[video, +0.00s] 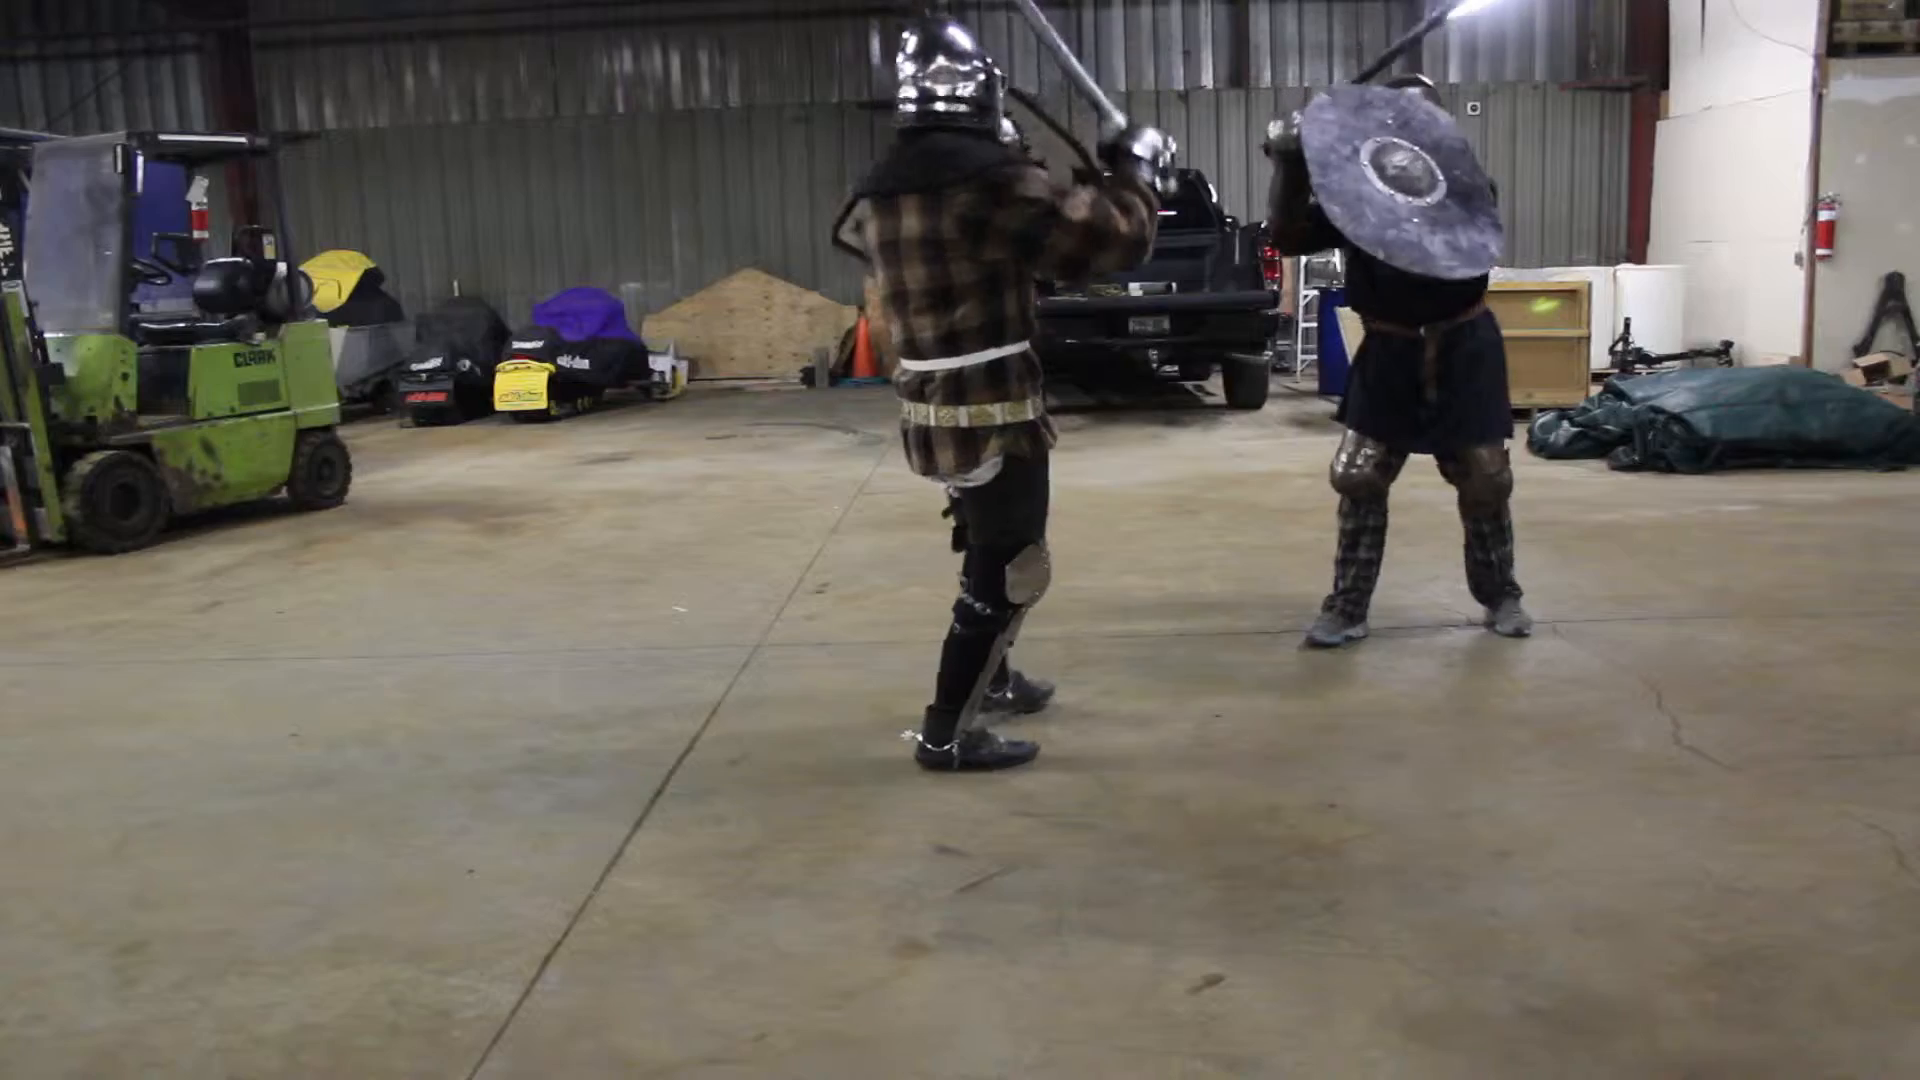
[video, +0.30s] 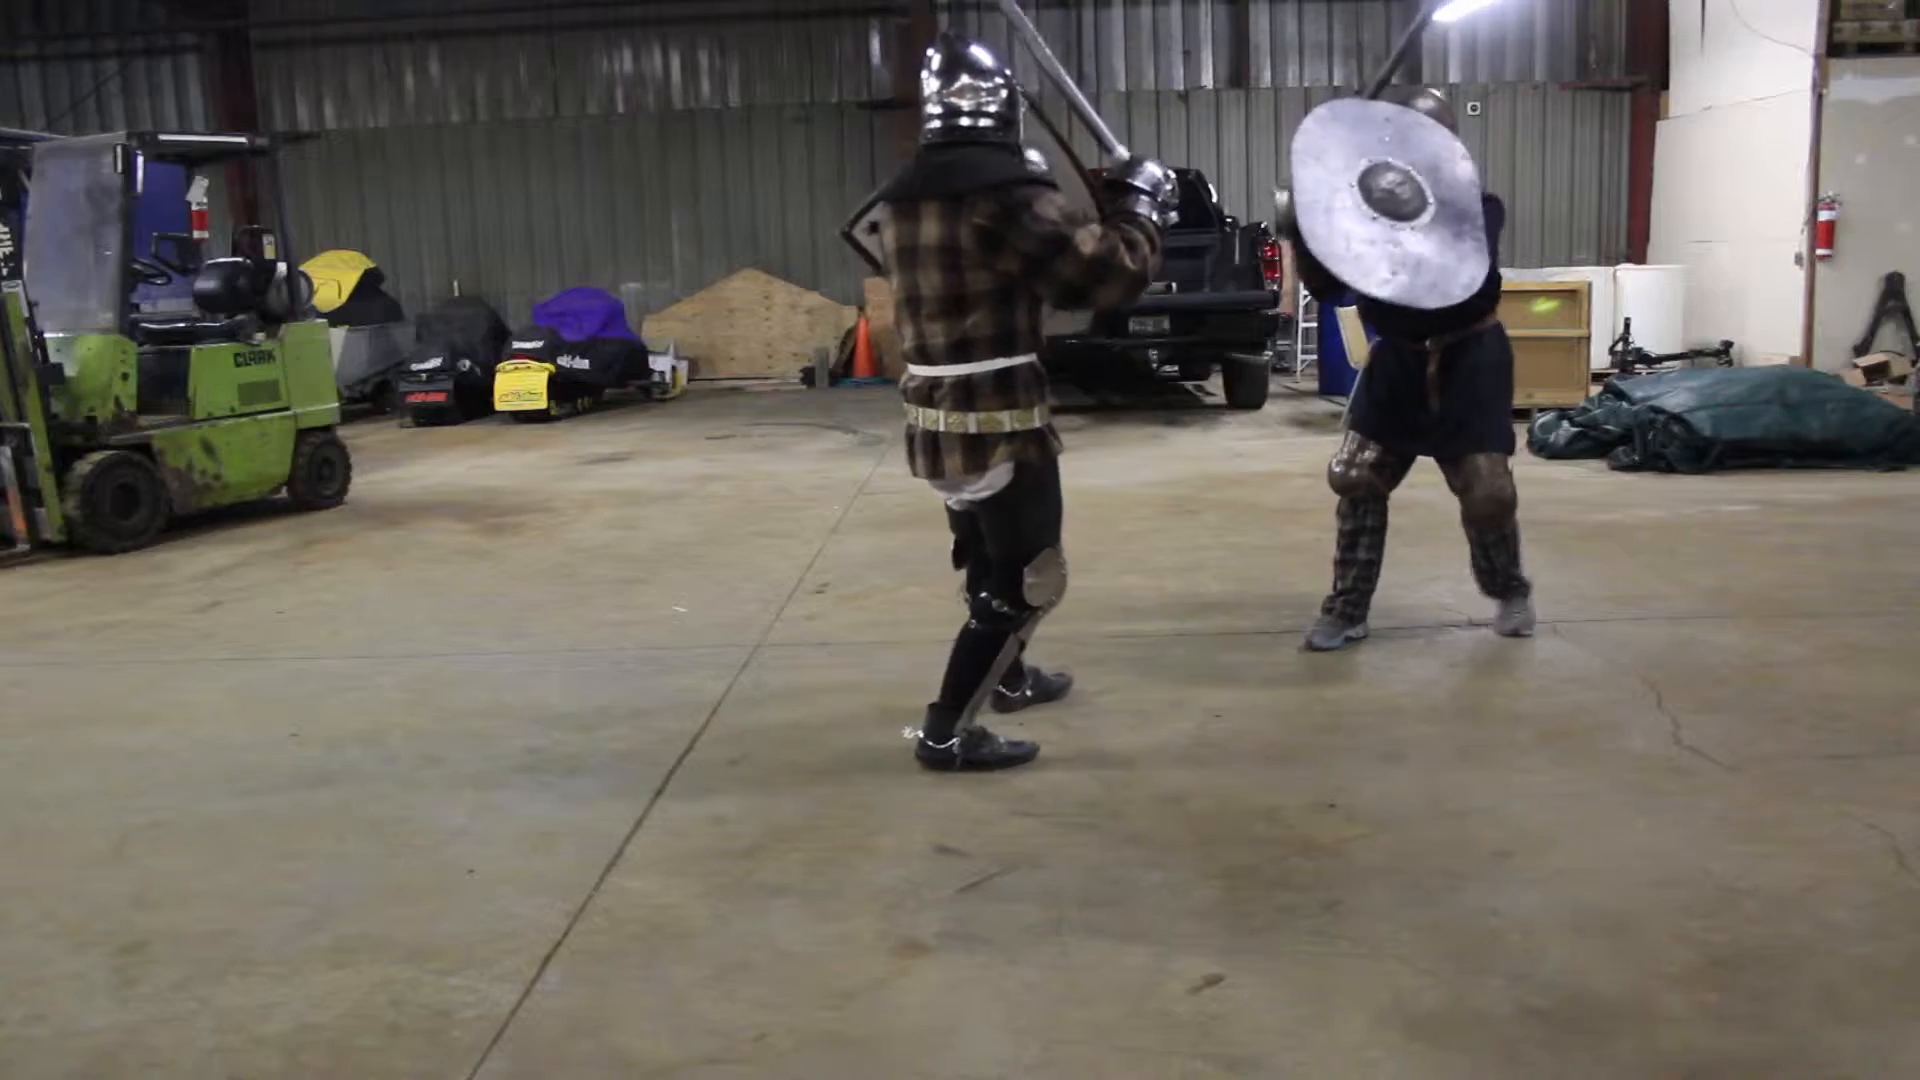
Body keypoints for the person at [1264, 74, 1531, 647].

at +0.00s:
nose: (1403, 147)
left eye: (1416, 133)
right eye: (1390, 137)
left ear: (1435, 142)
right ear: (1373, 149)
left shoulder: (1463, 193)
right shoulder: (1356, 202)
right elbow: (1288, 236)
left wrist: (1432, 127)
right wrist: (1291, 161)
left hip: (1467, 341)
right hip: (1388, 344)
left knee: (1487, 473)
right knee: (1358, 476)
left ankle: (1502, 596)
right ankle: (1347, 608)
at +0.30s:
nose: (1421, 150)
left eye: (1432, 138)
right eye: (1409, 138)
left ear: (1451, 144)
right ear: (1391, 144)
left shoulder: (1476, 208)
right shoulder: (1370, 210)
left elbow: (1464, 275)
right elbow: (1330, 290)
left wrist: (1421, 206)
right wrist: (1300, 231)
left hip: (1471, 349)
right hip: (1395, 352)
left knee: (1486, 487)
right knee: (1357, 477)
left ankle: (1511, 593)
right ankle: (1346, 611)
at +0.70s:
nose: (1452, 155)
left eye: (1464, 142)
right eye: (1443, 141)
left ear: (1485, 148)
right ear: (1428, 146)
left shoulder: (1512, 216)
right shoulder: (1417, 210)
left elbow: (1517, 303)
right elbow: (1356, 277)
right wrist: (1342, 215)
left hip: (1512, 351)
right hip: (1443, 352)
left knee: (1515, 491)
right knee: (1387, 472)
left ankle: (1545, 599)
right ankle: (1354, 600)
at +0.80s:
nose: (1451, 149)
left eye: (1464, 137)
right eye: (1439, 136)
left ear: (1486, 142)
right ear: (1422, 138)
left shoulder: (1513, 209)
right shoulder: (1414, 202)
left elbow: (1520, 294)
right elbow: (1352, 264)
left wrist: (1474, 338)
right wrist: (1338, 207)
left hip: (1508, 347)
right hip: (1438, 347)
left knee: (1515, 486)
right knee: (1378, 462)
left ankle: (1544, 599)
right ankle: (1368, 587)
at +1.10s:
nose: (1412, 148)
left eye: (1426, 136)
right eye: (1402, 136)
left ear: (1447, 141)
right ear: (1387, 138)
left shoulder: (1469, 201)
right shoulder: (1373, 197)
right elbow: (1317, 262)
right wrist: (1303, 208)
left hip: (1467, 344)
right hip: (1397, 342)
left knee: (1483, 481)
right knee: (1354, 465)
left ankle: (1536, 595)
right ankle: (1376, 587)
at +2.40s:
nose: (1372, 131)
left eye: (1385, 120)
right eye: (1366, 119)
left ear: (1411, 127)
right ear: (1357, 124)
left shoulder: (1431, 185)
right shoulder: (1345, 184)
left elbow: (1436, 281)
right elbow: (1280, 247)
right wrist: (1263, 189)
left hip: (1428, 336)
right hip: (1360, 337)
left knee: (1428, 464)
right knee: (1328, 462)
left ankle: (1468, 595)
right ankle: (1351, 582)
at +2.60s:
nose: (1364, 198)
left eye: (1376, 190)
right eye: (1352, 191)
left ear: (1396, 193)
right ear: (1336, 194)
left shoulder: (1422, 225)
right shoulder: (1317, 232)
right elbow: (1304, 325)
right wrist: (1285, 275)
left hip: (1416, 358)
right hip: (1348, 360)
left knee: (1394, 468)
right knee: (1310, 495)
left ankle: (1393, 597)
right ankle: (1352, 576)